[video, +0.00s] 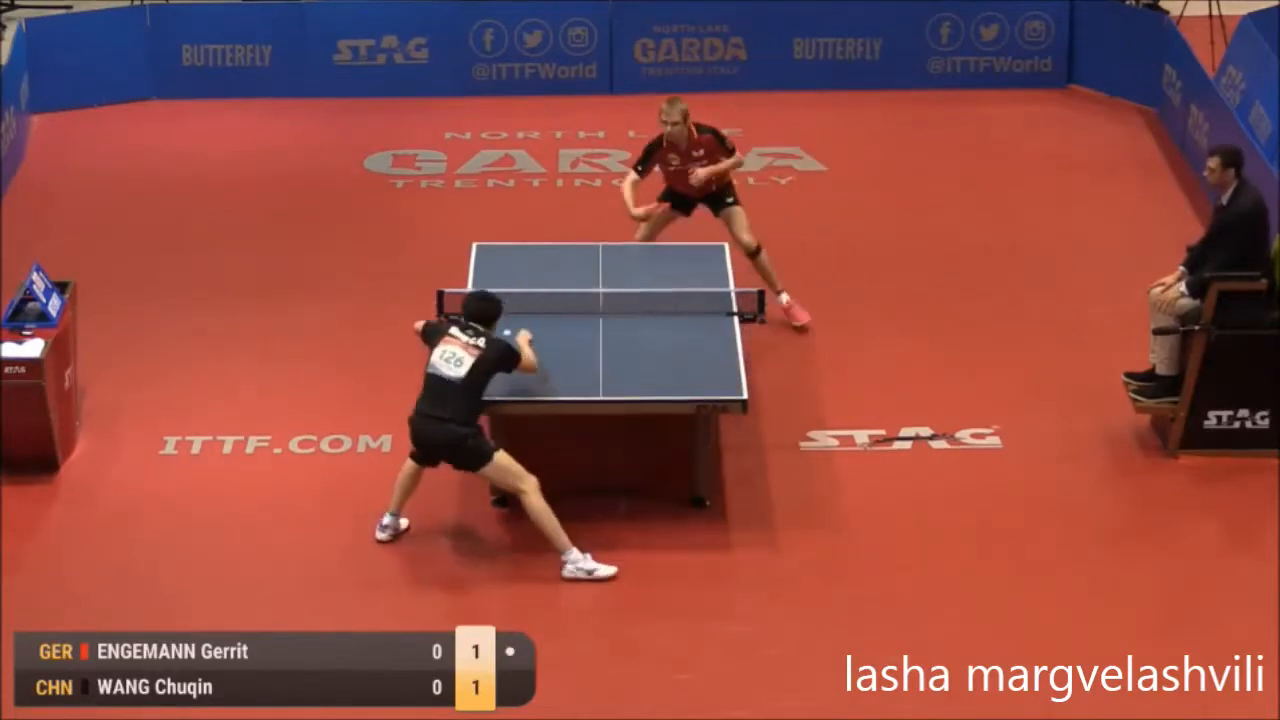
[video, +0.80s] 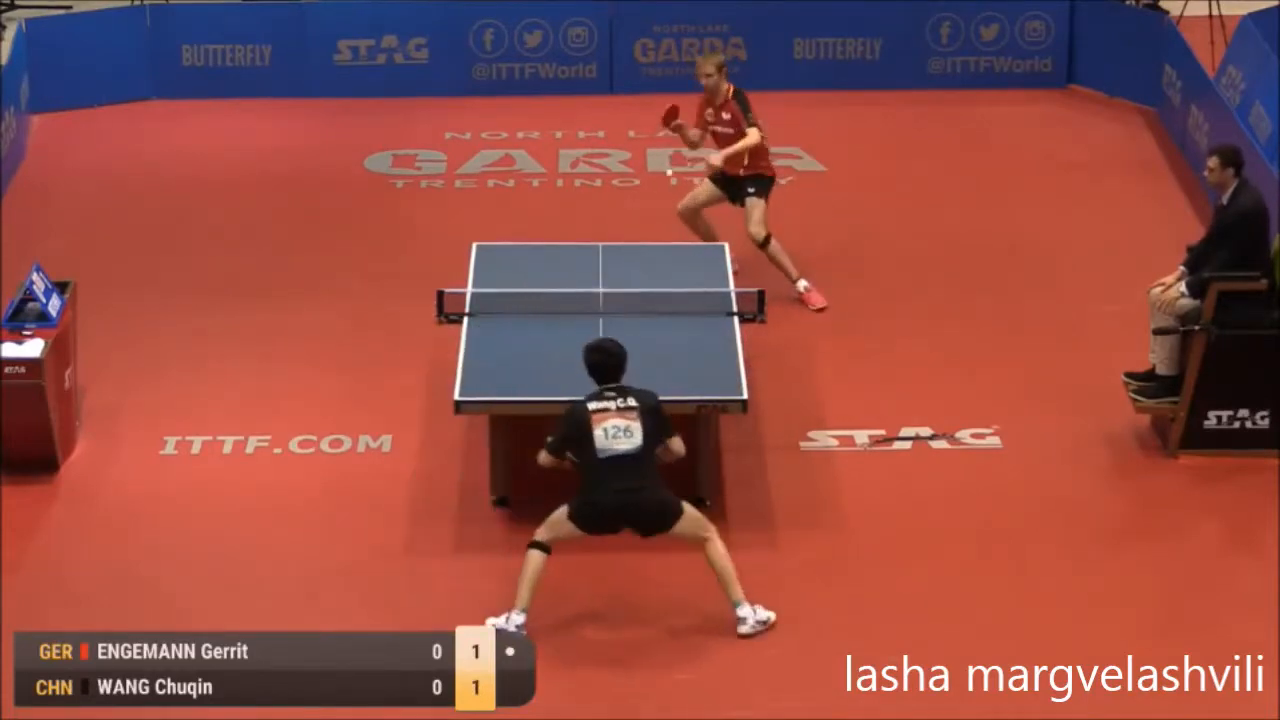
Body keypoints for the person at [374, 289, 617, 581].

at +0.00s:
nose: (495, 320)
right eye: (495, 317)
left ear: (465, 314)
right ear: (493, 322)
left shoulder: (443, 331)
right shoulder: (497, 348)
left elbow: (420, 327)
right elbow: (530, 366)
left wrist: (442, 324)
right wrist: (524, 343)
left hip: (422, 427)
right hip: (459, 435)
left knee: (416, 460)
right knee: (527, 485)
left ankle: (388, 521)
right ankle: (572, 558)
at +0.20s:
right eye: (498, 281)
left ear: (466, 285)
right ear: (499, 285)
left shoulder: (453, 320)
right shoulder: (511, 317)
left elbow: (422, 342)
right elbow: (552, 353)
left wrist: (410, 350)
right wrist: (550, 338)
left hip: (464, 416)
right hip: (505, 417)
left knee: (436, 466)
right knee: (570, 470)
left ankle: (405, 523)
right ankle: (589, 557)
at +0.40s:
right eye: (531, 305)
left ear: (502, 312)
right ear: (534, 309)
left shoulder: (486, 347)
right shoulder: (554, 343)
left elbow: (444, 375)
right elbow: (605, 368)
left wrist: (456, 358)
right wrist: (581, 357)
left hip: (501, 445)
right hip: (544, 444)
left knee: (480, 487)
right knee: (598, 495)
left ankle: (450, 554)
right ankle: (621, 573)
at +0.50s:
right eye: (551, 307)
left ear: (525, 314)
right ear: (557, 310)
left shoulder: (510, 352)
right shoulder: (579, 341)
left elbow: (468, 378)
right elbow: (627, 371)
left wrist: (485, 377)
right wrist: (612, 387)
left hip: (534, 446)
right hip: (580, 442)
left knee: (494, 500)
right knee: (640, 484)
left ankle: (454, 556)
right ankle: (634, 570)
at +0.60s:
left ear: (537, 316)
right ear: (571, 312)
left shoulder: (523, 352)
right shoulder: (593, 343)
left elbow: (482, 389)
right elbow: (632, 385)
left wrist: (505, 393)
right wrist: (618, 409)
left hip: (550, 449)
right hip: (596, 444)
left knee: (505, 507)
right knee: (659, 484)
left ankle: (482, 585)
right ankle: (657, 572)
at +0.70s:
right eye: (583, 331)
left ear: (560, 342)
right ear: (593, 338)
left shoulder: (546, 380)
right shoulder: (616, 373)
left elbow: (505, 423)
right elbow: (642, 426)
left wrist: (530, 431)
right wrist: (631, 440)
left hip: (570, 476)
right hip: (617, 471)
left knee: (525, 536)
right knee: (674, 519)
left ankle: (516, 617)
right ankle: (720, 590)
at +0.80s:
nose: (608, 366)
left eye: (596, 363)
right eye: (613, 362)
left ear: (590, 371)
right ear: (623, 367)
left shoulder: (579, 410)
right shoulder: (646, 400)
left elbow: (545, 459)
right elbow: (677, 449)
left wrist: (577, 460)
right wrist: (648, 454)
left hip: (598, 505)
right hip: (649, 502)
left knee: (543, 537)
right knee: (708, 535)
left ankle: (516, 618)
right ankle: (745, 612)